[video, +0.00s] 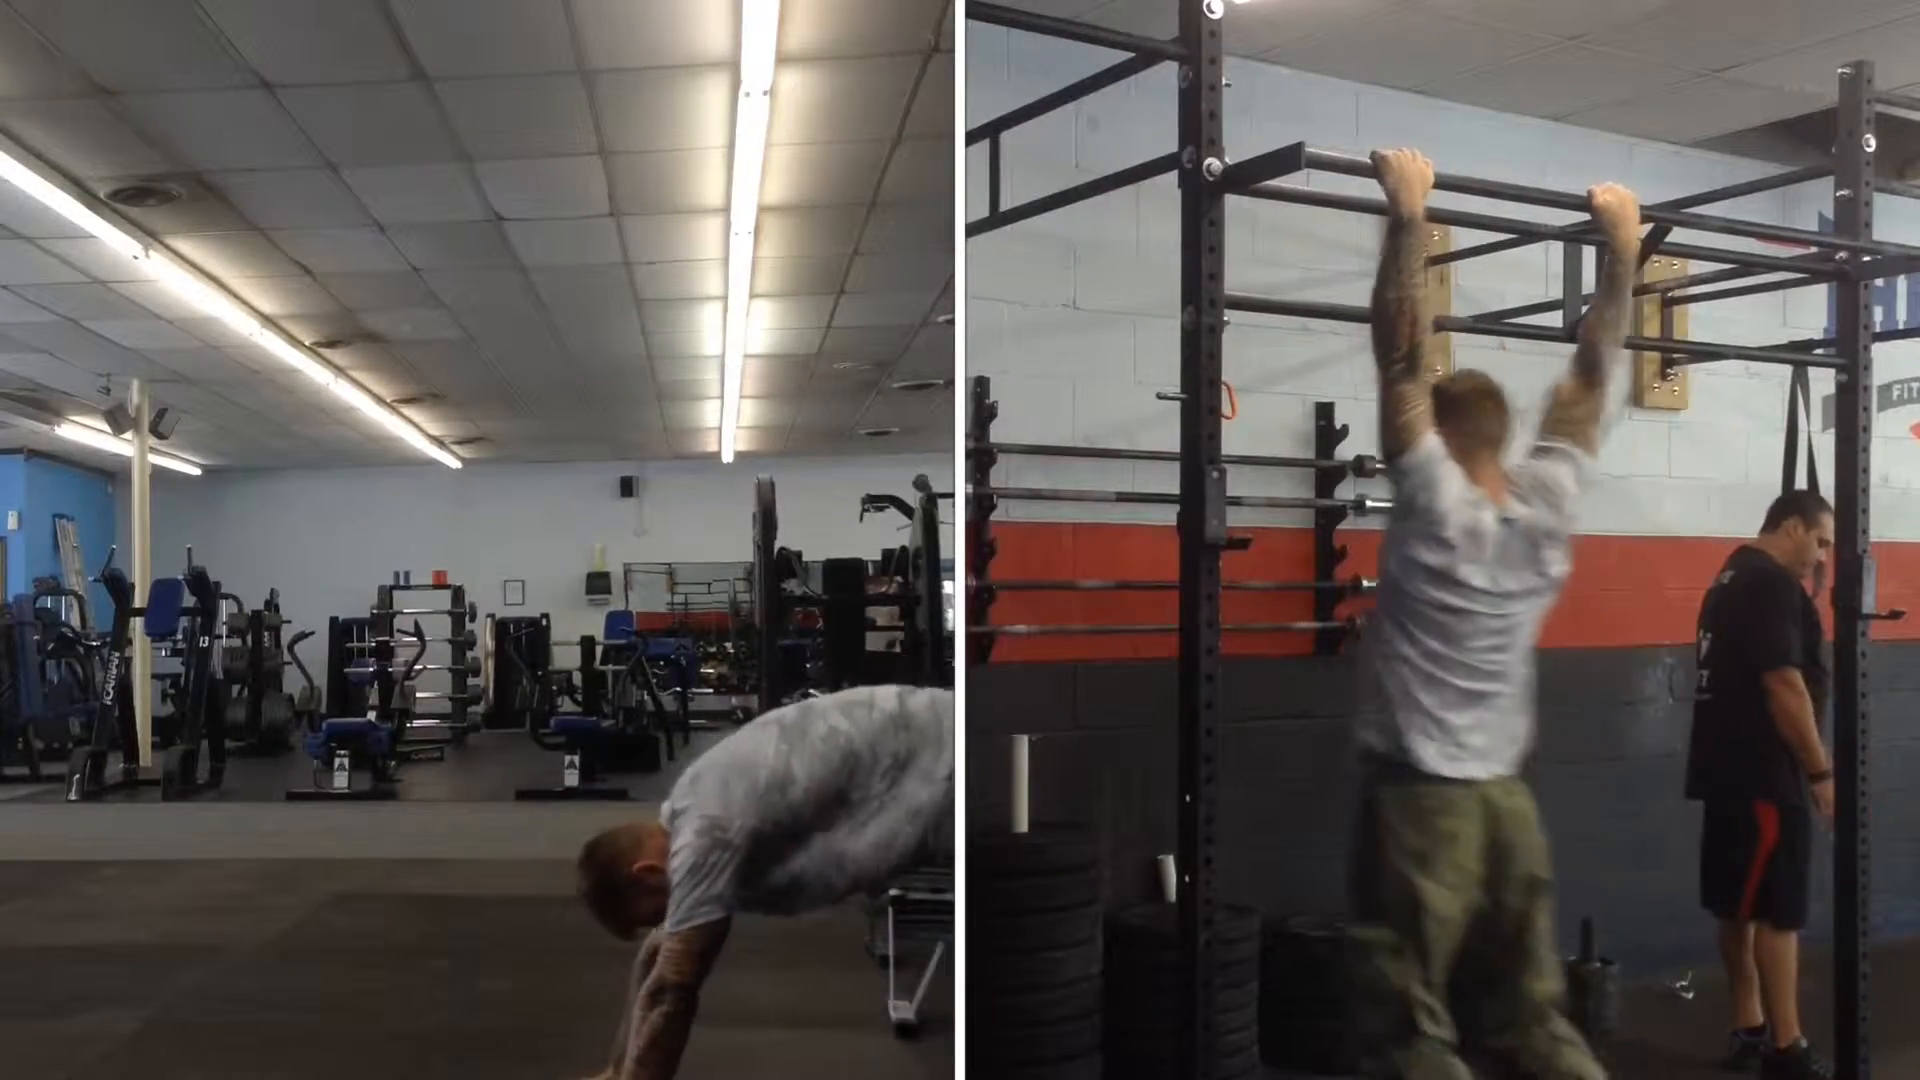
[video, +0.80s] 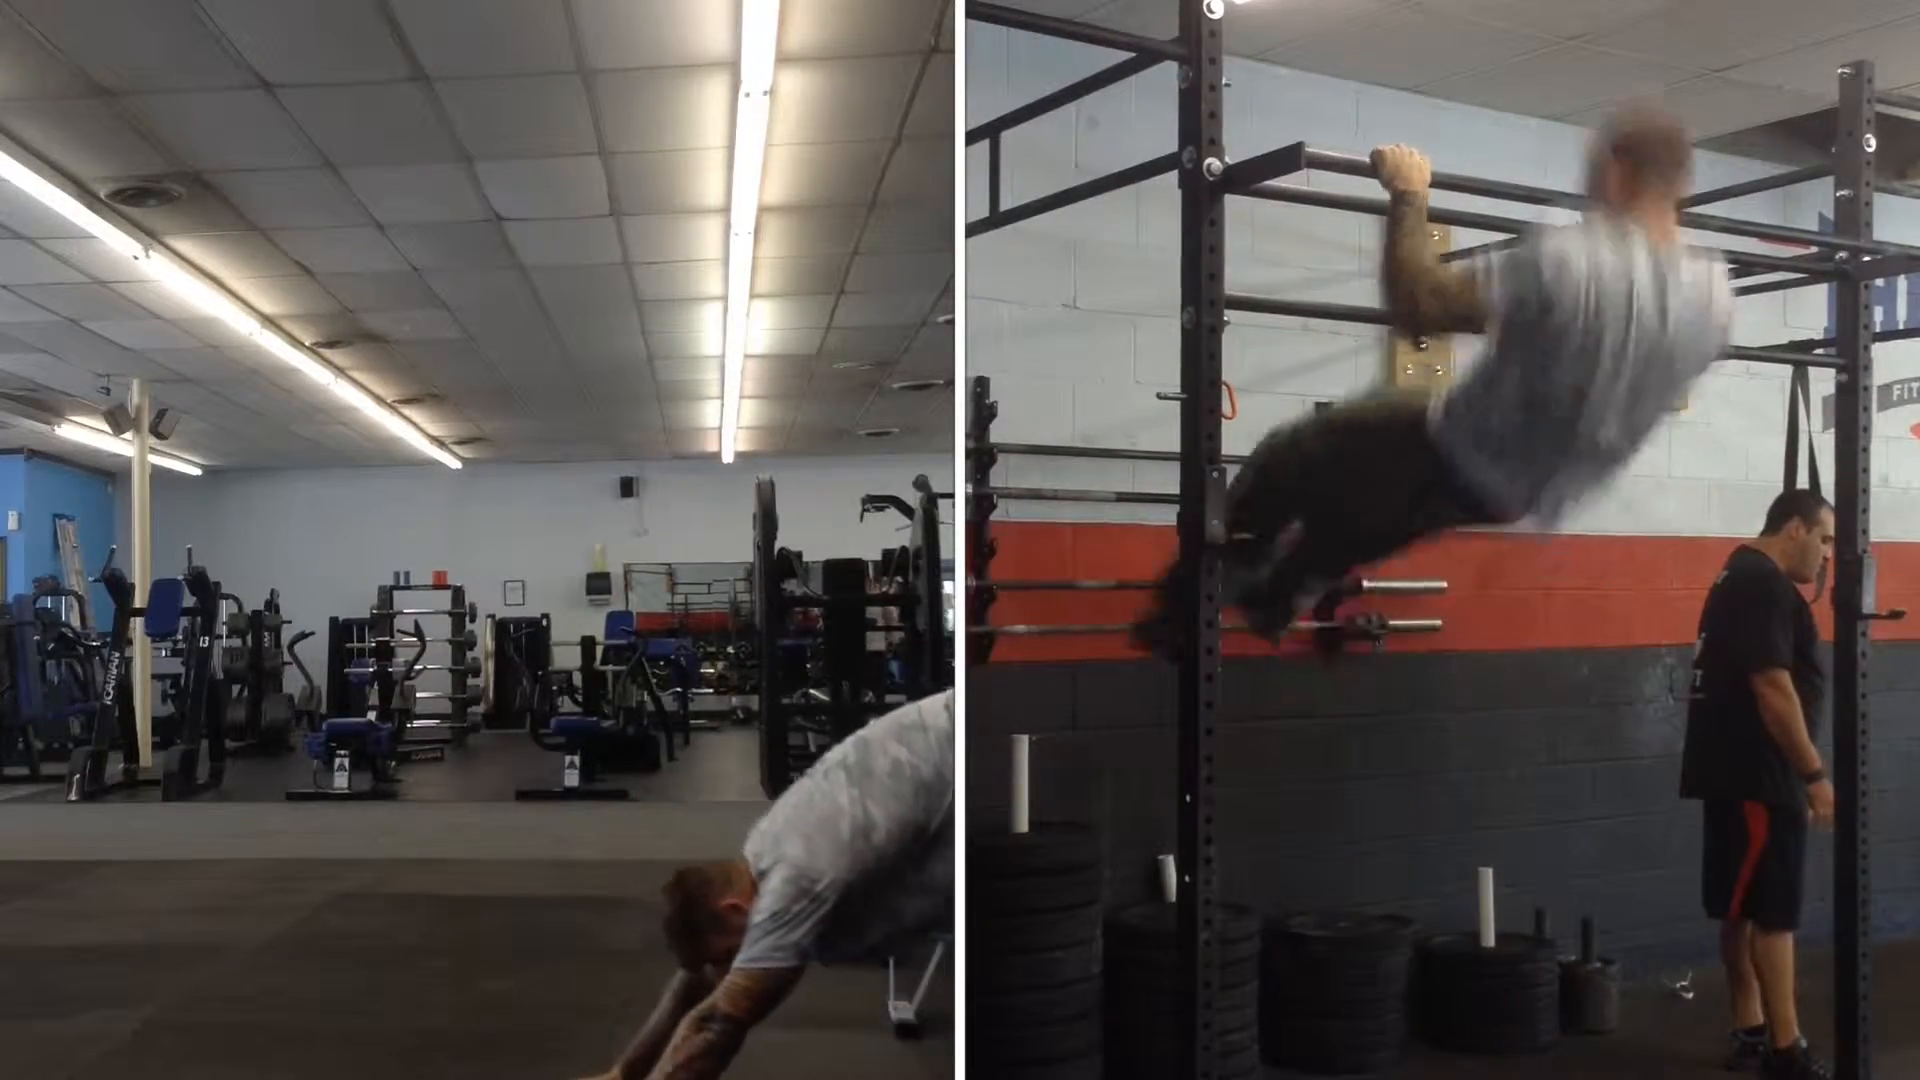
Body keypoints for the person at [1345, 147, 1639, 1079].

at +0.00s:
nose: (1429, 432)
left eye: (1432, 420)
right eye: (1453, 414)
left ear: (1435, 434)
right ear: (1509, 435)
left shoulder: (1429, 498)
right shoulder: (1545, 509)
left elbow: (1398, 352)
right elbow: (1590, 377)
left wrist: (1408, 214)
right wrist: (1622, 255)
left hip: (1419, 801)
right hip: (1507, 799)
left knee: (1406, 1022)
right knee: (1530, 1012)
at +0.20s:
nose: (1401, 400)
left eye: (1404, 392)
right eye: (1419, 388)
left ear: (1403, 418)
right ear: (1479, 432)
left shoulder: (1385, 486)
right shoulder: (1490, 509)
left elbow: (1379, 347)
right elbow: (1559, 376)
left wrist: (1401, 216)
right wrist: (1614, 258)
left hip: (1339, 763)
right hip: (1421, 763)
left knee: (1307, 968)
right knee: (1423, 961)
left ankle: (1378, 1073)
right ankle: (1495, 1070)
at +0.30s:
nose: (1412, 411)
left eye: (1417, 402)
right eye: (1422, 404)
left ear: (1427, 424)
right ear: (1501, 436)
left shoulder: (1399, 490)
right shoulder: (1506, 521)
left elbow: (1378, 342)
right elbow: (1569, 376)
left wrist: (1399, 216)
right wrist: (1614, 262)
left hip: (1320, 744)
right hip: (1403, 746)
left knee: (1254, 925)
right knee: (1382, 928)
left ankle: (1333, 1070)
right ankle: (1429, 1068)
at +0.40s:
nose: (1452, 425)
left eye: (1460, 413)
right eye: (1464, 411)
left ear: (1472, 427)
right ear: (1536, 434)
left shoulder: (1434, 491)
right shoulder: (1548, 517)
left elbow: (1380, 348)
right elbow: (1591, 378)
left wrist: (1400, 217)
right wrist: (1618, 259)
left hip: (1336, 733)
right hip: (1410, 748)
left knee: (1220, 822)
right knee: (1324, 852)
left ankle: (1278, 1026)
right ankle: (1343, 1029)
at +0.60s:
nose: (1552, 393)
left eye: (1560, 383)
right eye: (1564, 382)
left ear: (1571, 396)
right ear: (1631, 413)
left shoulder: (1511, 467)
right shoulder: (1641, 496)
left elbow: (1410, 362)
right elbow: (1630, 383)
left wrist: (1405, 219)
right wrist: (1628, 262)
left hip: (1403, 666)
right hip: (1473, 693)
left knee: (1241, 596)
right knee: (1266, 598)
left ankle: (1114, 628)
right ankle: (1126, 627)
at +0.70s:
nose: (1593, 313)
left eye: (1601, 301)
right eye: (1601, 299)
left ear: (1613, 318)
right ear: (1677, 337)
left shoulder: (1553, 387)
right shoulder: (1691, 429)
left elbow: (1414, 340)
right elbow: (1666, 330)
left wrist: (1408, 208)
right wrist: (1635, 243)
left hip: (1444, 536)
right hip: (1518, 577)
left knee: (1286, 520)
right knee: (1319, 544)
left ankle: (1138, 595)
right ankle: (1217, 614)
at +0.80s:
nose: (1593, 181)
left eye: (1597, 167)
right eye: (1601, 167)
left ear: (1614, 170)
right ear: (1681, 184)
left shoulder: (1568, 259)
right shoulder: (1714, 299)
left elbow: (1416, 301)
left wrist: (1409, 197)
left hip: (1450, 451)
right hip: (1523, 492)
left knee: (1283, 463)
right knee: (1360, 525)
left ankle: (1187, 607)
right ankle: (1276, 597)